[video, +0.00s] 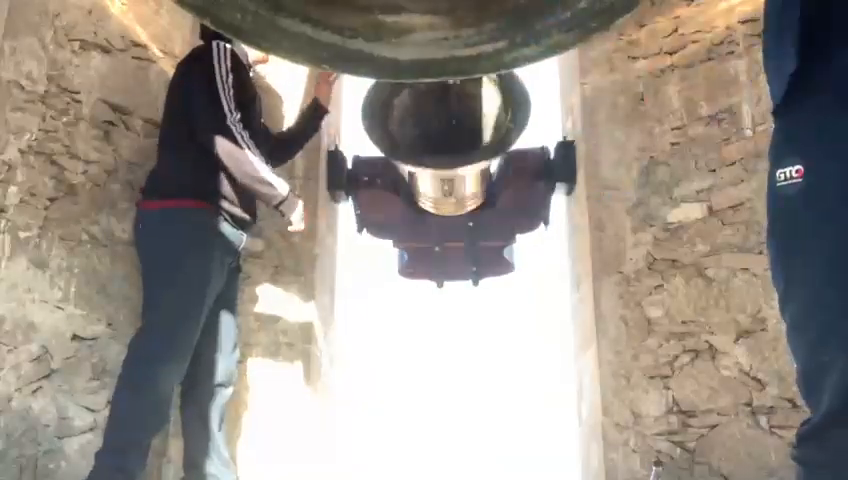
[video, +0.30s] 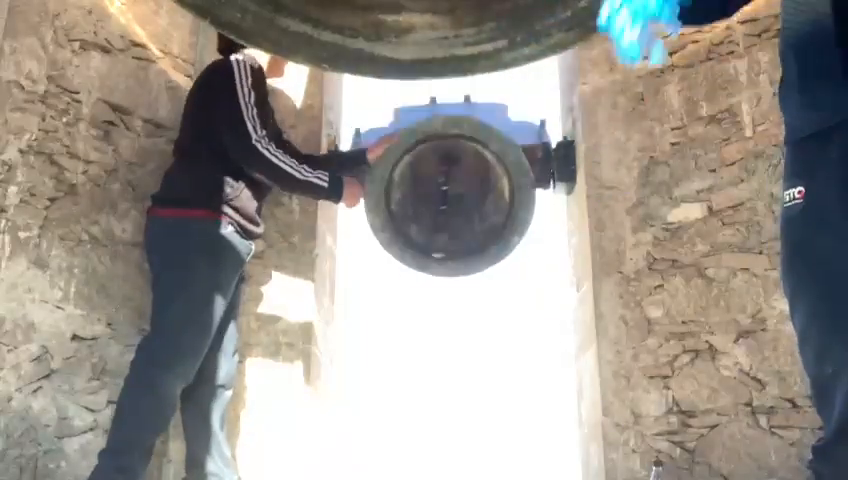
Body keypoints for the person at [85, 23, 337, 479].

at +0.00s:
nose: (273, 43)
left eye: (275, 33)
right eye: (268, 28)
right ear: (241, 25)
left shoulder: (241, 82)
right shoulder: (215, 55)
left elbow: (270, 152)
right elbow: (220, 131)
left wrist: (316, 111)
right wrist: (281, 196)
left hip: (225, 232)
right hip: (188, 221)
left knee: (216, 376)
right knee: (162, 358)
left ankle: (212, 472)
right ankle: (118, 470)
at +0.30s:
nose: (294, 53)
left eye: (298, 44)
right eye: (291, 41)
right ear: (266, 37)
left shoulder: (255, 89)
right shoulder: (236, 68)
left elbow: (284, 157)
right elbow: (254, 149)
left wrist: (361, 157)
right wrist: (334, 187)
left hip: (227, 240)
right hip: (198, 231)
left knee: (215, 379)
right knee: (169, 365)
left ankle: (214, 473)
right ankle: (117, 472)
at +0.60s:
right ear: (268, 50)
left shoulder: (265, 123)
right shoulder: (246, 70)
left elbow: (305, 180)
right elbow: (313, 115)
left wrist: (366, 232)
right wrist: (374, 95)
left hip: (232, 243)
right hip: (202, 226)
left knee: (214, 379)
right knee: (174, 360)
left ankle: (213, 471)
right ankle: (117, 470)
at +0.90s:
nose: (303, 69)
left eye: (305, 62)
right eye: (296, 59)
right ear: (269, 52)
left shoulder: (272, 110)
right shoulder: (246, 72)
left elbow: (275, 184)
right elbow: (318, 100)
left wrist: (285, 248)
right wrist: (364, 62)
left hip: (243, 243)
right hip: (213, 227)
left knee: (217, 382)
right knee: (182, 358)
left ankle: (215, 472)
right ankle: (118, 471)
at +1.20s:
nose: (313, 89)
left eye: (313, 83)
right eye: (311, 79)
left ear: (283, 63)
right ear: (292, 65)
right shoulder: (268, 81)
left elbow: (244, 174)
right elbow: (313, 147)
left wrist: (287, 208)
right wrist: (374, 214)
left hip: (239, 241)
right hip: (212, 227)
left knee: (220, 379)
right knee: (175, 358)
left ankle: (215, 472)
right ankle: (117, 471)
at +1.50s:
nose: (304, 64)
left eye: (308, 57)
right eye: (301, 54)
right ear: (284, 50)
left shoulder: (286, 102)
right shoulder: (261, 73)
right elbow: (296, 152)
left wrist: (322, 136)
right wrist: (347, 222)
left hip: (248, 239)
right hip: (216, 225)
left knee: (221, 380)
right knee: (187, 358)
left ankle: (216, 473)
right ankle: (118, 470)